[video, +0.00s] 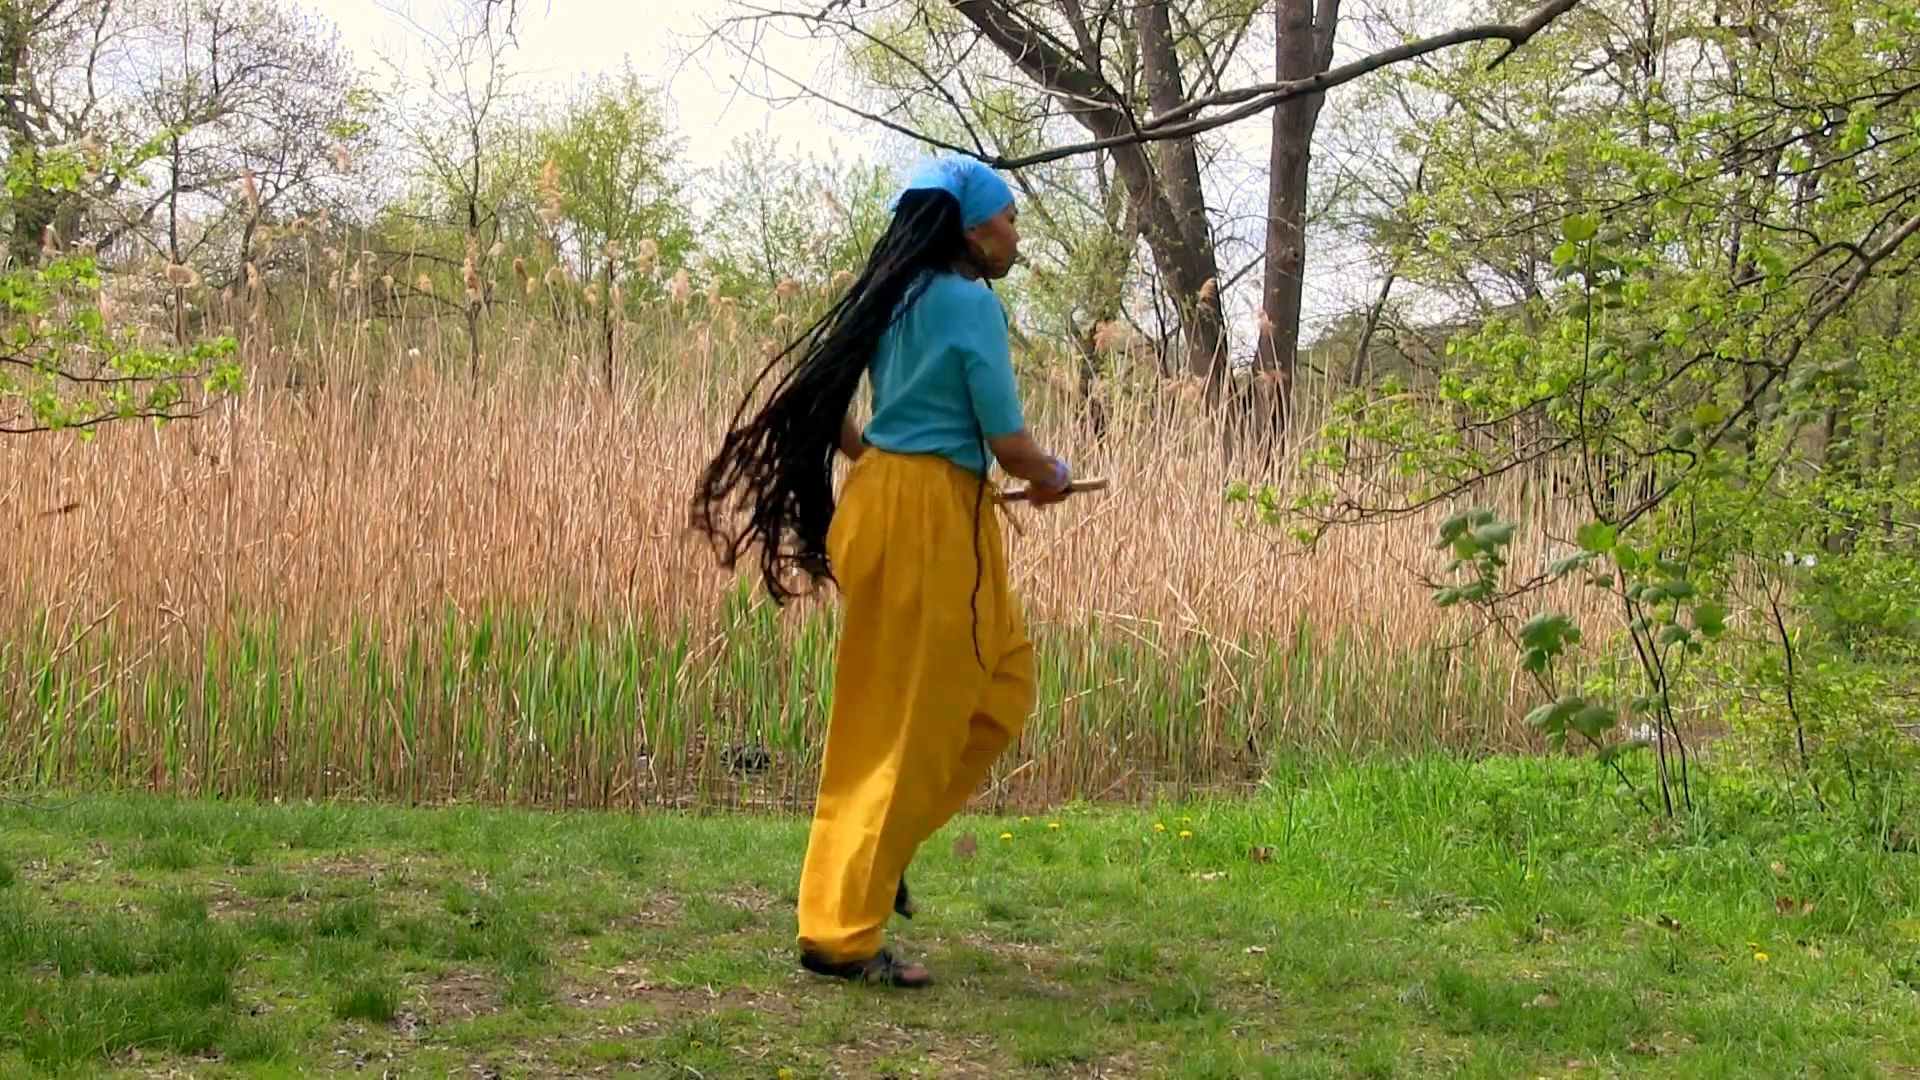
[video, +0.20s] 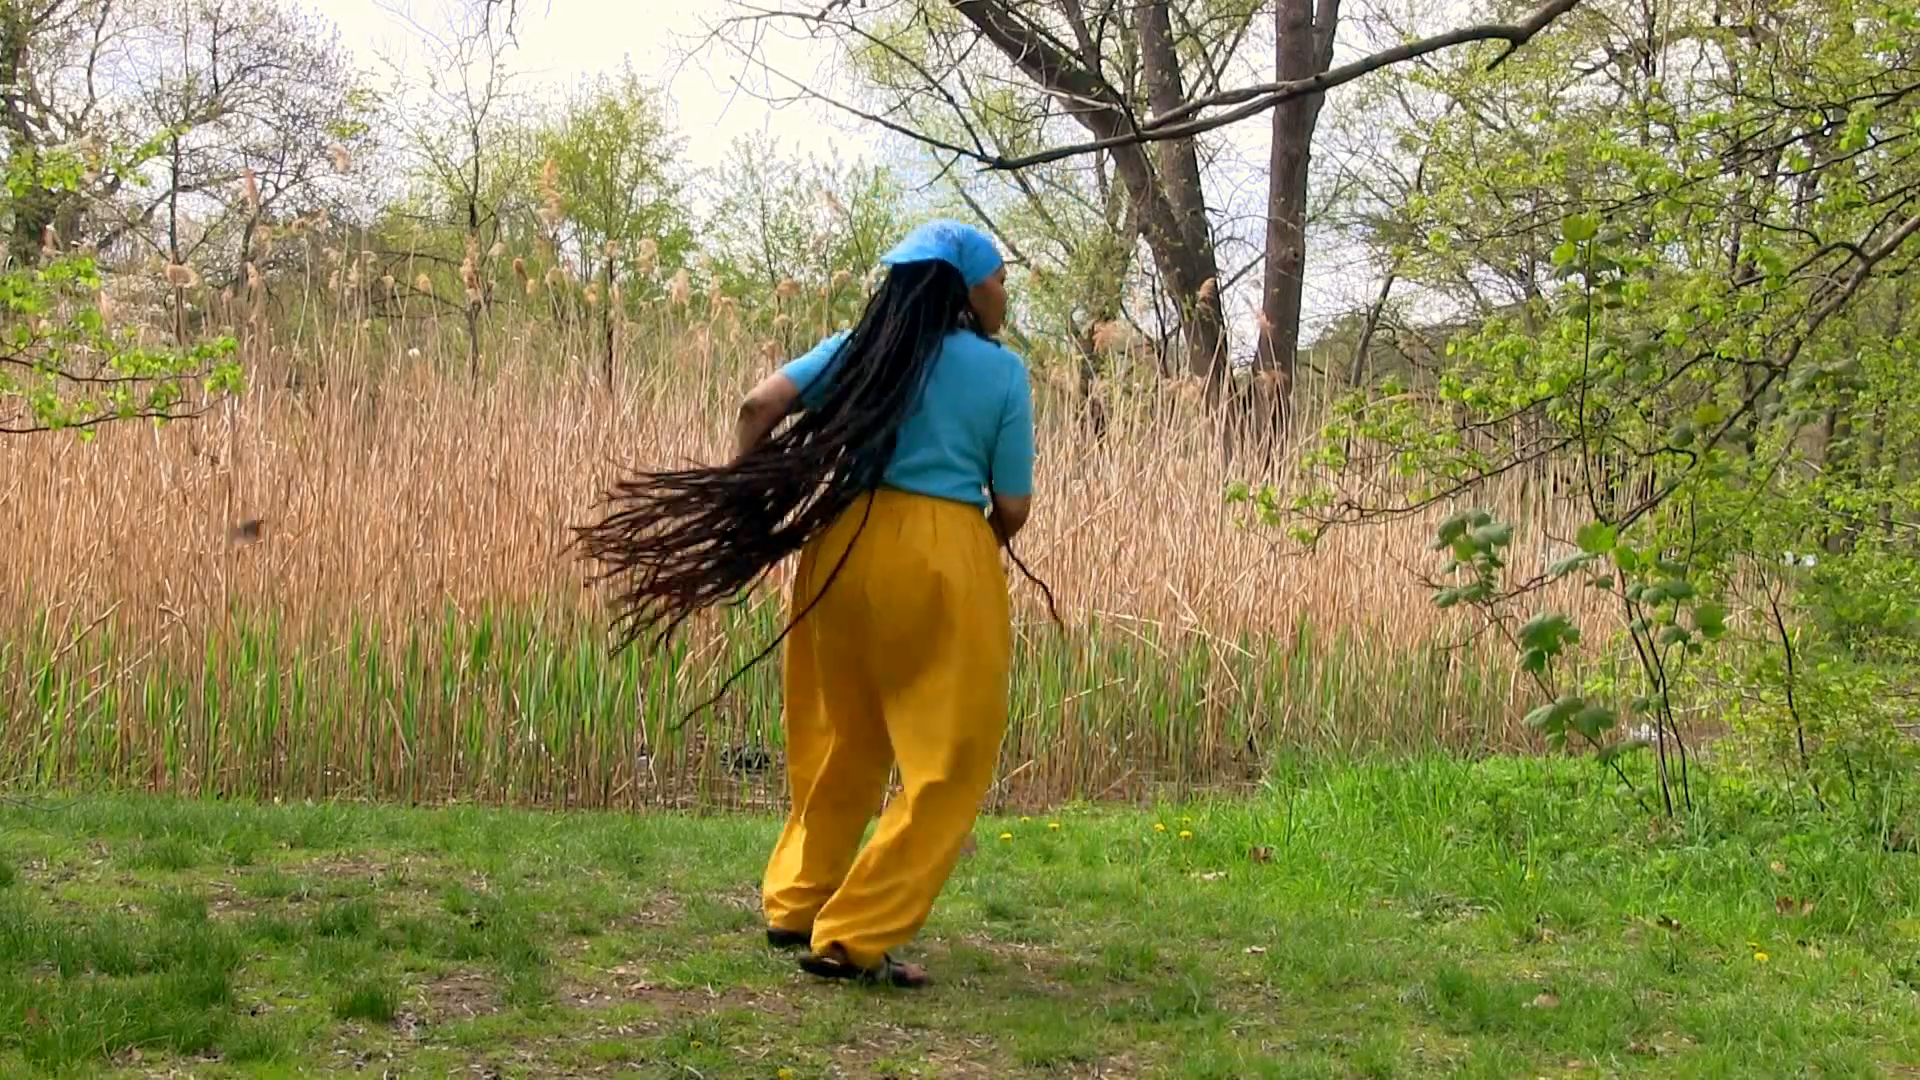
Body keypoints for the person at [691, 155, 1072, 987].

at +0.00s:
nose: (1016, 231)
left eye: (1014, 216)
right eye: (1005, 217)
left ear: (950, 227)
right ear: (964, 226)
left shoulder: (898, 296)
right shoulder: (970, 303)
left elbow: (826, 402)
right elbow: (1007, 441)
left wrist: (876, 463)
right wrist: (1046, 471)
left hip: (881, 499)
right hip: (928, 510)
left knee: (1004, 691)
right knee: (904, 714)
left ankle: (887, 842)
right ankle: (838, 930)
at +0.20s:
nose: (1005, 296)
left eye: (1003, 281)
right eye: (999, 282)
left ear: (919, 289)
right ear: (966, 291)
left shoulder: (861, 345)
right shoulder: (998, 369)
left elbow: (762, 402)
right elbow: (1012, 506)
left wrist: (747, 500)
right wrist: (984, 536)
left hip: (840, 535)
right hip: (943, 546)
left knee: (842, 732)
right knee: (950, 759)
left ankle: (796, 903)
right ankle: (855, 935)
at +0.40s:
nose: (1001, 322)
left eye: (996, 309)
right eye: (991, 311)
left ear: (917, 319)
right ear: (959, 320)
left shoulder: (868, 371)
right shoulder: (997, 384)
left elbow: (763, 416)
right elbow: (1040, 514)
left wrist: (778, 513)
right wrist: (1012, 544)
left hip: (852, 558)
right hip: (949, 564)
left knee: (862, 741)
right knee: (1038, 743)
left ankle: (802, 909)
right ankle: (956, 890)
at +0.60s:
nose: (1047, 300)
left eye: (1041, 288)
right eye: (1038, 290)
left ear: (969, 301)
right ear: (1006, 298)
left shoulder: (917, 368)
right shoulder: (1043, 354)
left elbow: (821, 432)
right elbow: (1146, 442)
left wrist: (883, 417)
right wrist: (1229, 494)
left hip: (922, 557)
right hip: (1021, 554)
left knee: (898, 738)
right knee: (1152, 704)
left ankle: (810, 909)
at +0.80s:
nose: (1162, 274)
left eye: (1156, 261)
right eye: (1151, 263)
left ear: (1083, 281)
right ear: (1119, 278)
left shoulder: (1046, 347)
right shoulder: (1151, 331)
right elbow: (1268, 373)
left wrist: (1183, 331)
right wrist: (1351, 354)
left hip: (1073, 533)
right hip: (1179, 522)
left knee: (1017, 707)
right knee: (1288, 704)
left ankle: (1025, 870)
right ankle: (1359, 889)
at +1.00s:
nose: (1276, 289)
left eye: (1271, 278)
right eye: (1266, 279)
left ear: (1190, 304)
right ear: (1236, 301)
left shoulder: (1168, 371)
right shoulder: (1276, 362)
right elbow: (1361, 355)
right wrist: (1370, 278)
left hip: (1182, 567)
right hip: (1280, 568)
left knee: (1172, 750)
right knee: (1354, 749)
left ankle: (1101, 901)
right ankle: (1367, 941)